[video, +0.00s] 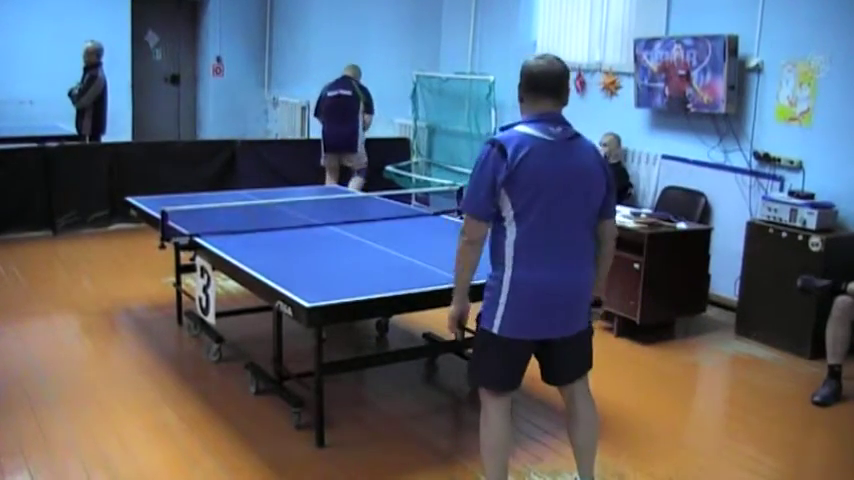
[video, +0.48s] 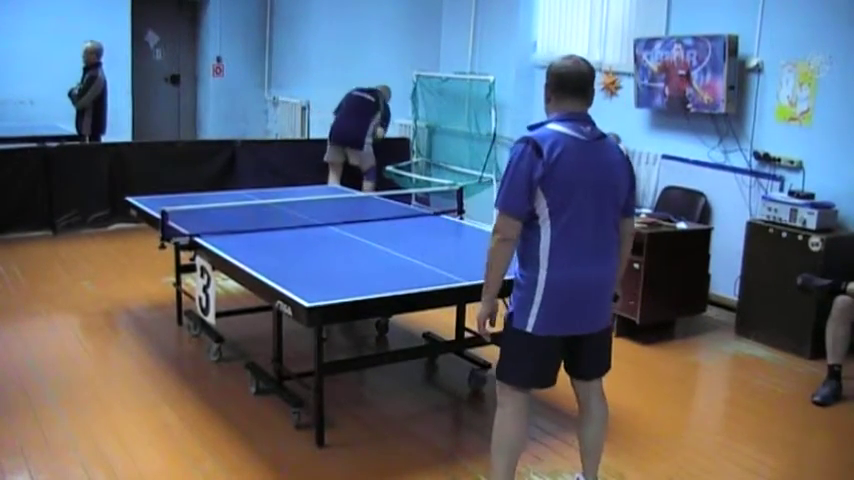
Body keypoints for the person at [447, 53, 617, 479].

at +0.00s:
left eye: (519, 90)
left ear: (520, 92)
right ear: (567, 94)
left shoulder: (502, 149)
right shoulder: (592, 156)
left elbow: (472, 235)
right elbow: (607, 235)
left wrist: (459, 298)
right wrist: (596, 288)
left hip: (513, 304)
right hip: (572, 303)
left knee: (496, 398)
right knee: (577, 389)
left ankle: (495, 476)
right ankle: (587, 475)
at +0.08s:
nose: (524, 95)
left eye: (525, 89)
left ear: (526, 92)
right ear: (573, 93)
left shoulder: (510, 147)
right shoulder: (596, 154)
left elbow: (483, 235)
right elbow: (610, 233)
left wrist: (475, 297)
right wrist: (603, 291)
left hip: (519, 300)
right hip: (576, 299)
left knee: (498, 396)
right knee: (580, 389)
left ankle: (496, 475)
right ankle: (588, 475)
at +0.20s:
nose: (532, 95)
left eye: (534, 88)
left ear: (535, 92)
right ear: (579, 94)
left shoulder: (519, 147)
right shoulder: (604, 154)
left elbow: (495, 234)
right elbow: (616, 232)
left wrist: (489, 296)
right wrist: (609, 288)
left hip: (526, 300)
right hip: (583, 300)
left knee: (501, 396)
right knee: (584, 390)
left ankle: (498, 475)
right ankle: (589, 475)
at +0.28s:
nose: (536, 95)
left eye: (537, 89)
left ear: (540, 92)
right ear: (582, 95)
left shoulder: (525, 148)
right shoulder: (607, 153)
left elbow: (498, 234)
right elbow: (619, 231)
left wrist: (489, 295)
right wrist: (609, 286)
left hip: (532, 297)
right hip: (588, 296)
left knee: (506, 393)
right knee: (587, 389)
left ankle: (499, 476)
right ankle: (589, 475)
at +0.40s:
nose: (540, 95)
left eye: (542, 89)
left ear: (545, 93)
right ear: (588, 95)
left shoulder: (532, 147)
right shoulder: (612, 153)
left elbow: (503, 233)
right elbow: (623, 230)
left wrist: (488, 295)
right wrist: (612, 284)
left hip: (538, 299)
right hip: (593, 298)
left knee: (510, 394)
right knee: (590, 390)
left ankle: (500, 475)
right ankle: (590, 475)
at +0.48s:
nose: (542, 96)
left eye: (544, 90)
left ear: (548, 93)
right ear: (590, 95)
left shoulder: (535, 147)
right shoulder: (615, 153)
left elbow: (505, 233)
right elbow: (625, 230)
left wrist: (489, 296)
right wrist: (612, 284)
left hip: (540, 299)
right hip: (596, 299)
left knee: (512, 392)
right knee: (591, 389)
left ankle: (501, 475)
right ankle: (590, 475)